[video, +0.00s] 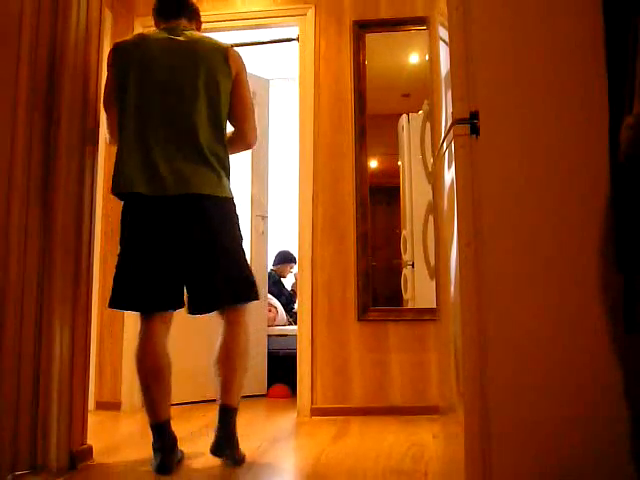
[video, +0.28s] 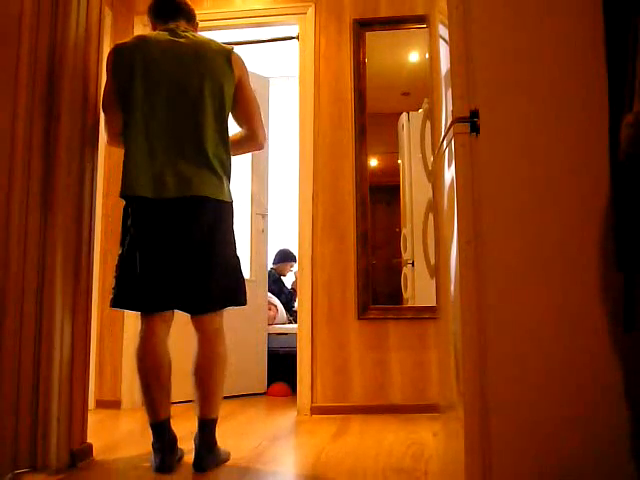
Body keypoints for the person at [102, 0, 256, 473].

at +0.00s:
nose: (194, 21)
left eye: (168, 17)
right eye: (196, 17)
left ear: (154, 18)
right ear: (196, 18)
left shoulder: (124, 52)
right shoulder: (225, 56)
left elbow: (114, 130)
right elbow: (247, 136)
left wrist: (154, 141)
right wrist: (206, 147)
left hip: (145, 205)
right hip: (207, 205)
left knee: (154, 321)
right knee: (237, 311)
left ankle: (163, 445)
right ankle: (227, 434)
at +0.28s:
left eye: (152, 18)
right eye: (190, 18)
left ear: (150, 19)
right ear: (194, 19)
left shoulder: (124, 55)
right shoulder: (226, 59)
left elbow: (114, 133)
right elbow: (255, 137)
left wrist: (157, 140)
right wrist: (211, 148)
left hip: (148, 206)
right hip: (207, 207)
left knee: (154, 324)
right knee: (210, 326)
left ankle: (164, 446)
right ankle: (206, 445)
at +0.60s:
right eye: (196, 20)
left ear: (154, 20)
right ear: (198, 20)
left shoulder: (128, 53)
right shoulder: (229, 58)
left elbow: (115, 131)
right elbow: (257, 137)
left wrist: (159, 137)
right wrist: (213, 148)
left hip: (150, 205)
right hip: (208, 207)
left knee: (155, 323)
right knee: (210, 325)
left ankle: (164, 445)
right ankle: (206, 444)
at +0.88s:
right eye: (197, 23)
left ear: (156, 22)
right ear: (199, 24)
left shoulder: (128, 54)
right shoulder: (229, 61)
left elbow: (115, 132)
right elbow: (257, 139)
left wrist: (158, 139)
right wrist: (212, 149)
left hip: (149, 206)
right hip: (207, 208)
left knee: (155, 323)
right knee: (209, 324)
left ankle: (164, 444)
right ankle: (206, 444)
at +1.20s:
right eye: (198, 31)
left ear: (158, 29)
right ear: (199, 31)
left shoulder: (128, 61)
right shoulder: (226, 65)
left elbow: (116, 136)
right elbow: (255, 142)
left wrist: (157, 144)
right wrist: (210, 154)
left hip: (148, 207)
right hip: (205, 208)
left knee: (154, 324)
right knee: (208, 319)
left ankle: (164, 440)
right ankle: (199, 430)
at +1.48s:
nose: (203, 51)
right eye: (206, 45)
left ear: (168, 41)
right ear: (208, 43)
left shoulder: (137, 72)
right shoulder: (230, 77)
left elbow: (122, 148)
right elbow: (257, 153)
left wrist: (161, 159)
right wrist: (215, 167)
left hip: (152, 212)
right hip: (208, 213)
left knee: (156, 325)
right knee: (210, 324)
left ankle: (163, 440)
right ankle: (205, 420)